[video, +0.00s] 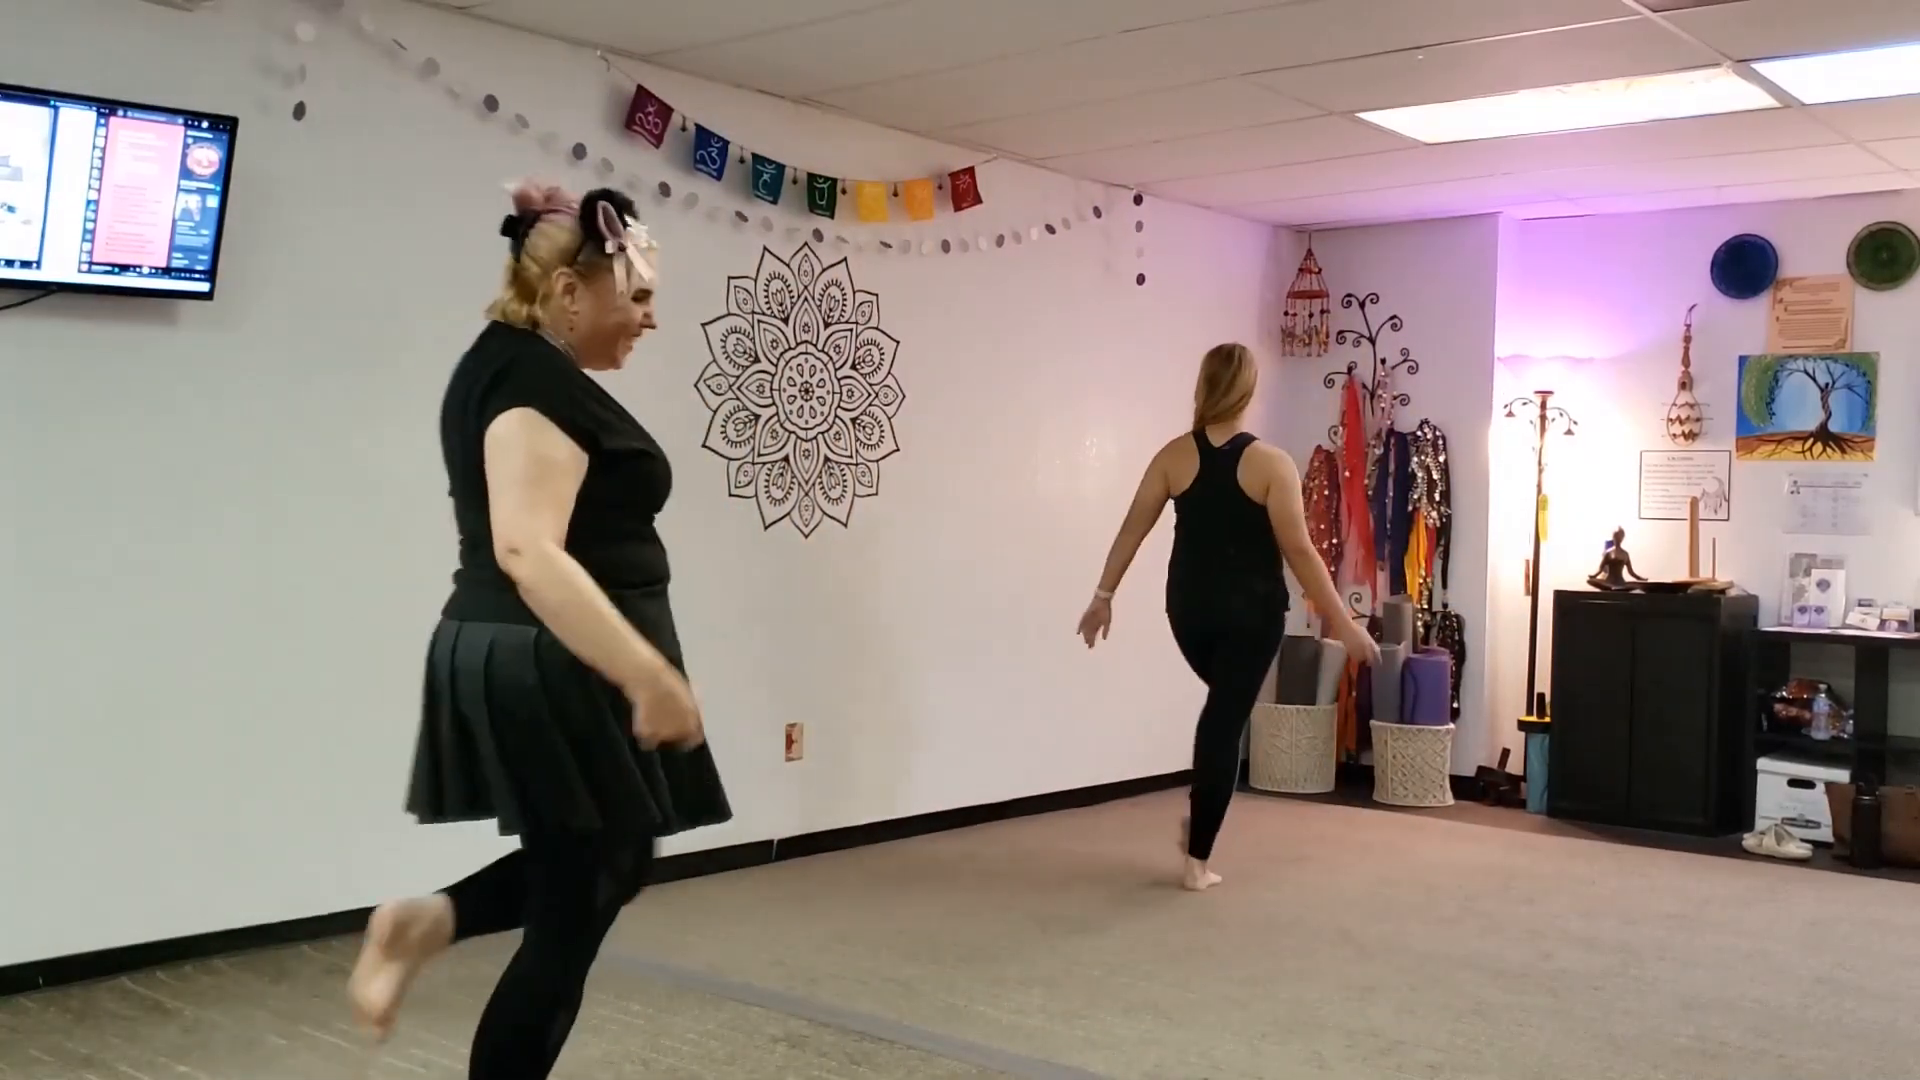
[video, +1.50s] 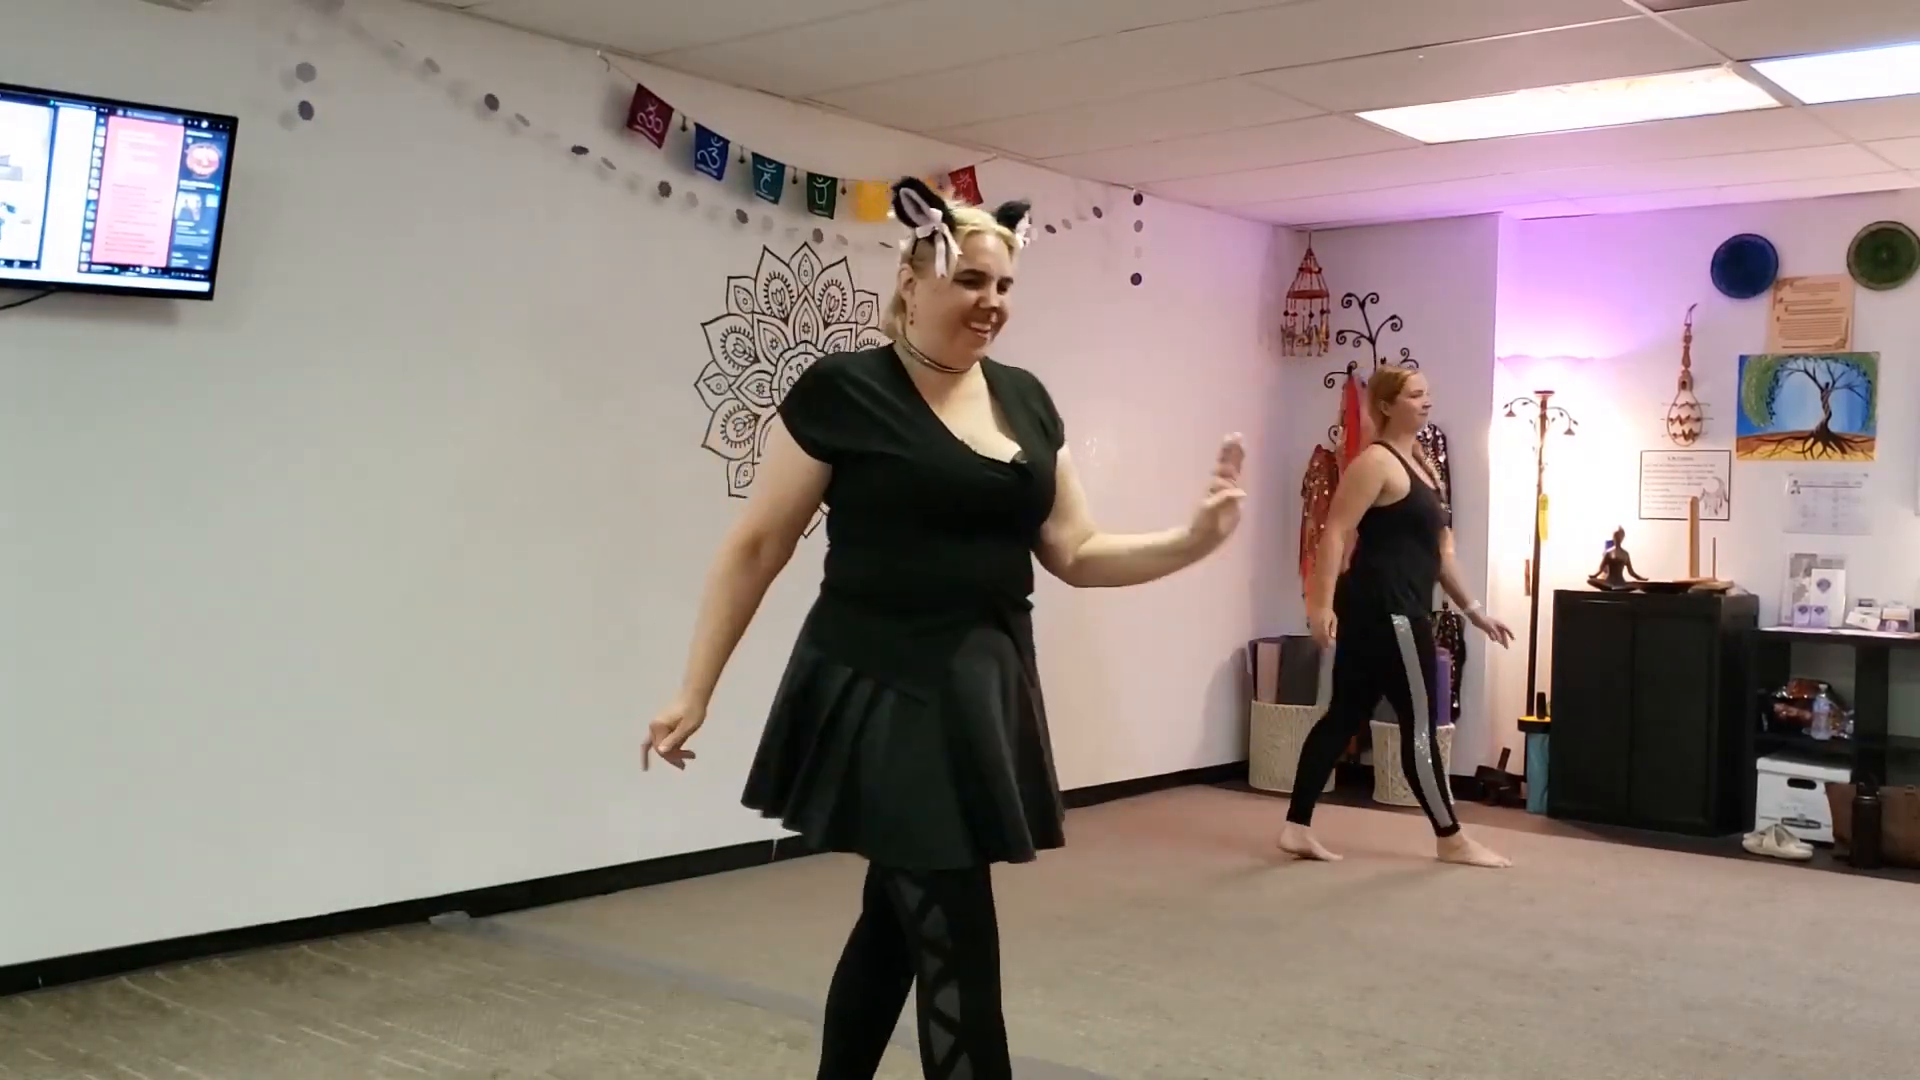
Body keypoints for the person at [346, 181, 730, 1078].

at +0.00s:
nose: (648, 318)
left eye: (650, 299)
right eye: (636, 296)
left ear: (566, 292)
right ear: (569, 290)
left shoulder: (507, 369)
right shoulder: (534, 384)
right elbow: (528, 550)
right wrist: (650, 675)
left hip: (504, 645)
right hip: (545, 661)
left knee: (615, 854)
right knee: (584, 889)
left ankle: (432, 921)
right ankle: (504, 1068)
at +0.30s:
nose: (714, 303)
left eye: (720, 283)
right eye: (696, 278)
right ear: (628, 273)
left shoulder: (621, 367)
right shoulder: (589, 360)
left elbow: (516, 485)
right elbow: (573, 511)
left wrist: (577, 581)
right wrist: (731, 585)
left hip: (684, 658)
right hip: (613, 662)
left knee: (750, 861)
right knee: (598, 906)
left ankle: (733, 1073)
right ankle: (506, 1070)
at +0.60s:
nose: (799, 302)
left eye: (805, 286)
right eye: (781, 280)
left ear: (797, 292)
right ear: (715, 280)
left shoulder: (753, 390)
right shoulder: (672, 376)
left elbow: (746, 528)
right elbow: (635, 543)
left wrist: (801, 605)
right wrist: (753, 618)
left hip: (798, 679)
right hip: (722, 682)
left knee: (799, 917)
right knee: (676, 925)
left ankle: (815, 1078)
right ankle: (541, 1075)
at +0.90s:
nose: (886, 311)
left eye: (891, 294)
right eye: (866, 290)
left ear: (887, 298)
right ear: (799, 293)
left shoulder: (840, 398)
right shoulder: (758, 381)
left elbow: (837, 498)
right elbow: (704, 537)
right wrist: (757, 680)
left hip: (872, 685)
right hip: (804, 687)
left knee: (839, 921)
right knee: (805, 929)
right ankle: (617, 1064)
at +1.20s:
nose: (950, 302)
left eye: (960, 284)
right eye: (927, 282)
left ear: (969, 288)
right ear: (864, 288)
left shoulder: (959, 397)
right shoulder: (802, 378)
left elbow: (1037, 534)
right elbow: (722, 525)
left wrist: (1110, 426)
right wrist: (690, 669)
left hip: (926, 671)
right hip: (822, 669)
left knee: (863, 911)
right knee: (932, 905)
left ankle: (829, 1073)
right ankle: (910, 1067)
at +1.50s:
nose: (992, 301)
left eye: (1005, 285)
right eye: (970, 279)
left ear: (1016, 293)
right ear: (908, 282)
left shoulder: (1018, 398)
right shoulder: (843, 394)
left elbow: (1075, 551)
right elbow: (756, 547)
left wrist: (1192, 540)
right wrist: (694, 695)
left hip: (983, 689)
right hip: (874, 688)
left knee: (896, 922)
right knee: (961, 933)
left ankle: (841, 1077)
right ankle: (971, 1072)